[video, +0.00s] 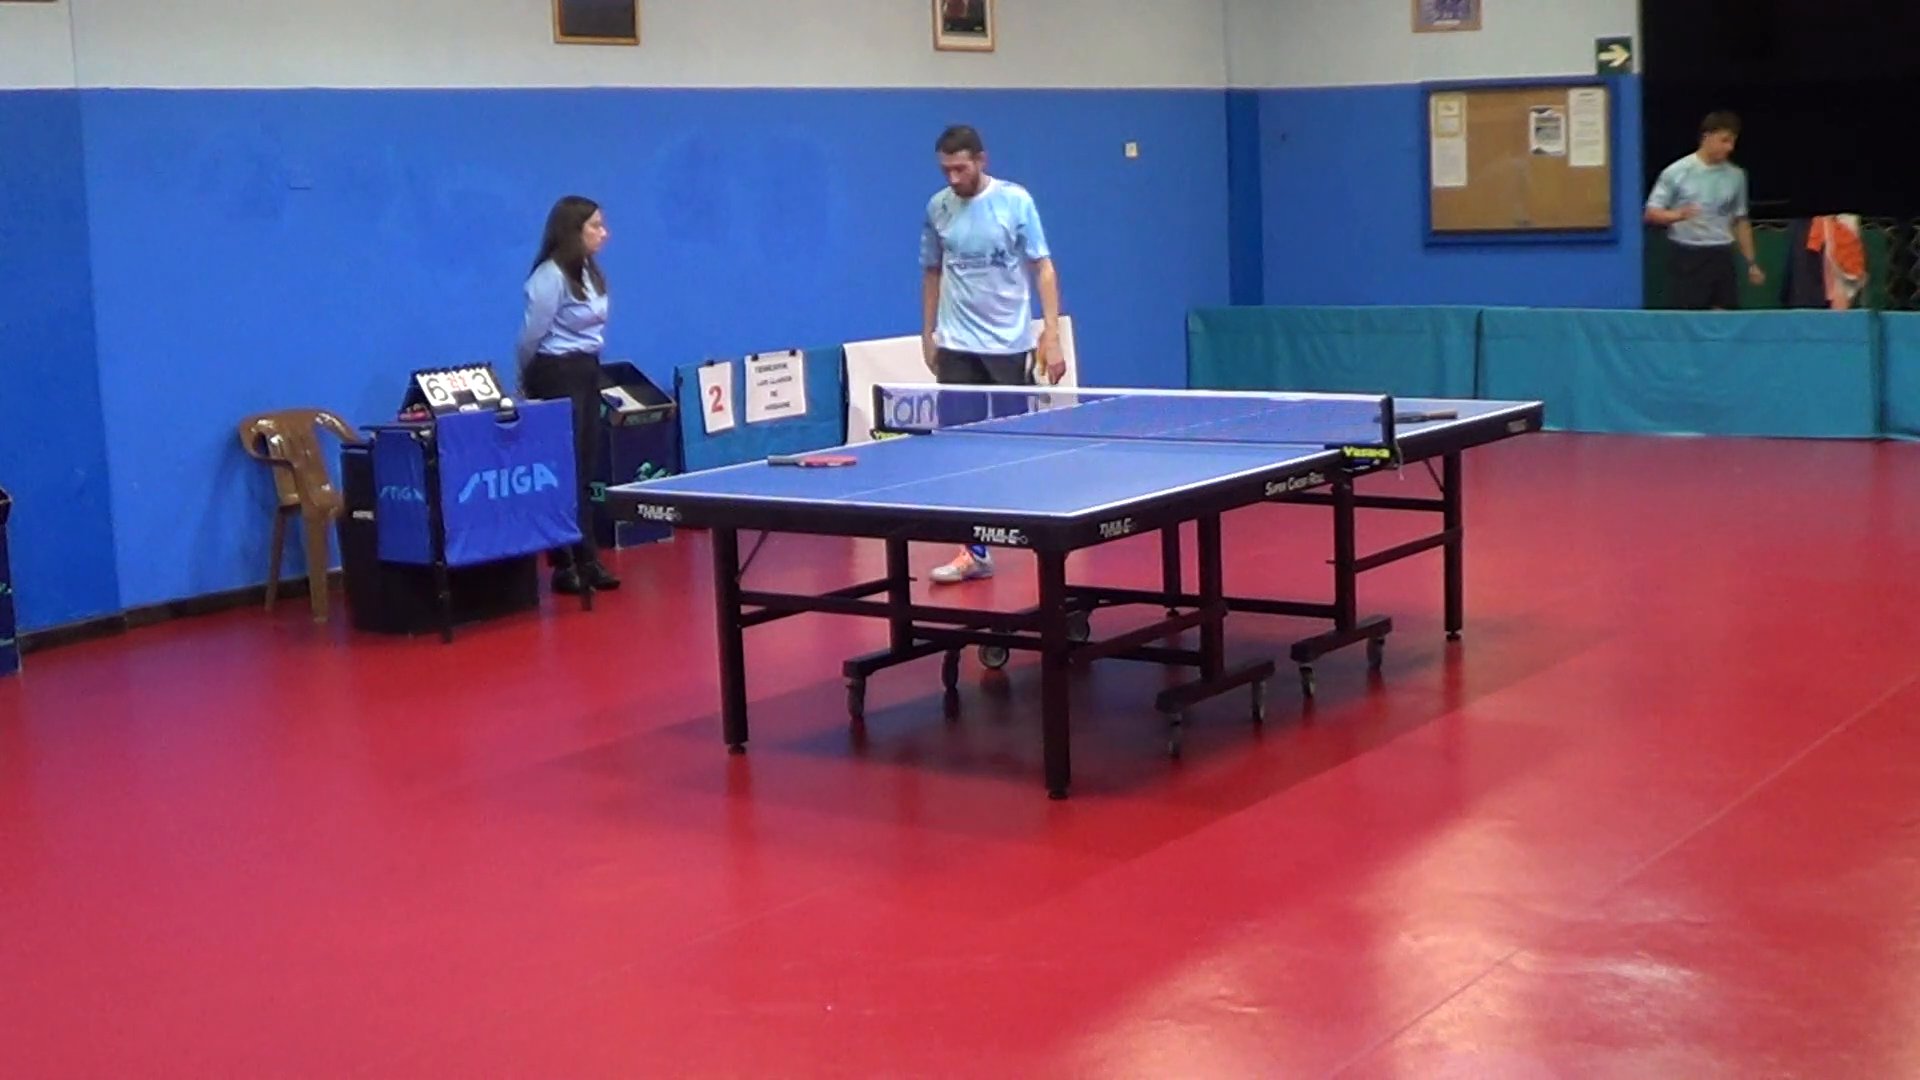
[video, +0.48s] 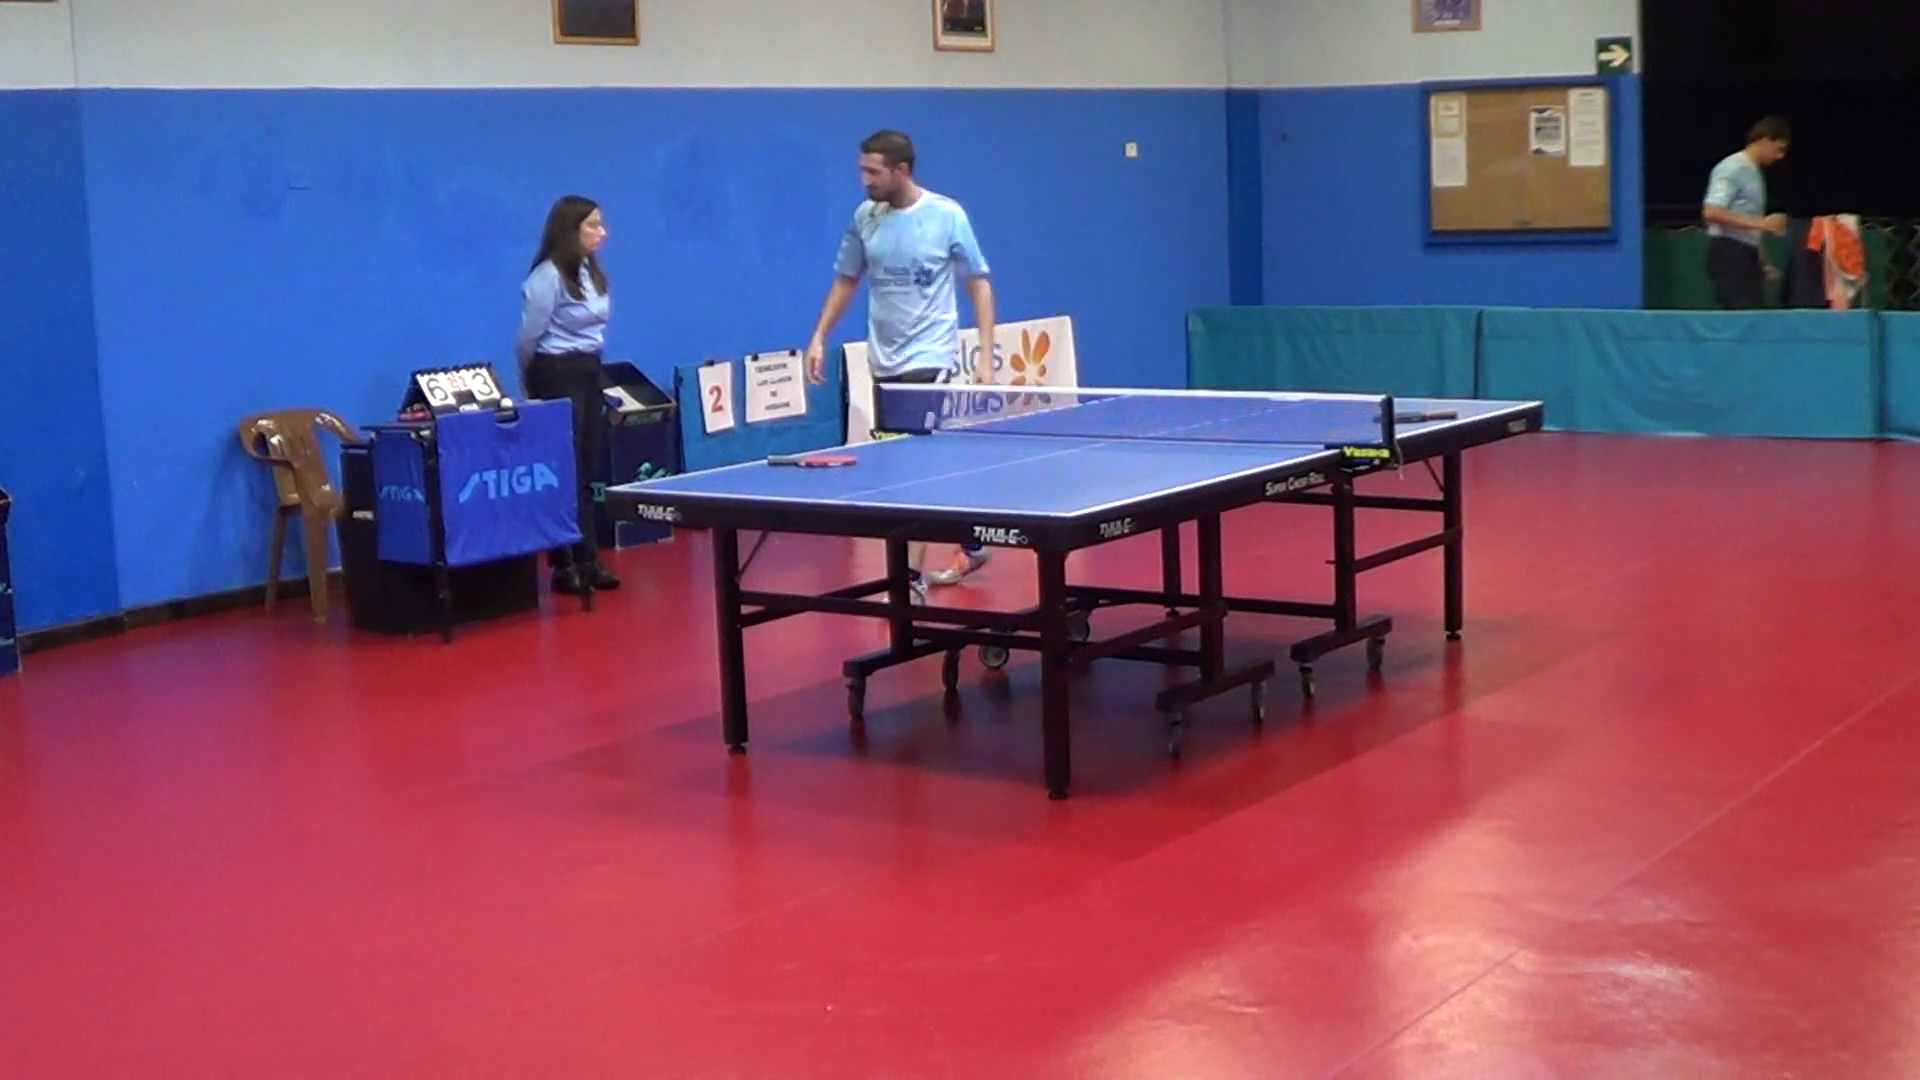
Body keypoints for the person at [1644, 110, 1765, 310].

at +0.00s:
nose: (1730, 147)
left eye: (1733, 142)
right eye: (1725, 140)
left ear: (1735, 143)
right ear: (1706, 137)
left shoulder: (1736, 176)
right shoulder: (1676, 172)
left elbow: (1741, 221)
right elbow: (1651, 213)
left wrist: (1751, 262)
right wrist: (1678, 215)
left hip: (1721, 253)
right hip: (1686, 252)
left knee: (1724, 315)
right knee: (1687, 317)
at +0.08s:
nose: (1742, 150)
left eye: (1744, 145)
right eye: (1737, 143)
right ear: (1719, 139)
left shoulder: (1741, 174)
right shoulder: (1687, 171)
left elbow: (1743, 218)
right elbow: (1659, 213)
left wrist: (1753, 254)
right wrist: (1690, 216)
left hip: (1730, 252)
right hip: (1696, 251)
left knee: (1728, 315)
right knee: (1694, 316)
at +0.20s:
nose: (1756, 154)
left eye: (1759, 148)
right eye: (1753, 147)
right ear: (1735, 141)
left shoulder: (1747, 176)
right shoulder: (1700, 170)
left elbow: (1746, 221)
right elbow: (1672, 214)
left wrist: (1753, 264)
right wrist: (1710, 217)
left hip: (1736, 251)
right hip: (1705, 249)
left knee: (1735, 314)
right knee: (1706, 315)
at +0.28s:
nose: (1763, 154)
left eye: (1766, 148)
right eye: (1761, 146)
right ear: (1744, 139)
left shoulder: (1749, 174)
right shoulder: (1708, 168)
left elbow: (1747, 223)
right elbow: (1682, 212)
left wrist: (1756, 262)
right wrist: (1724, 219)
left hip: (1739, 250)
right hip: (1711, 248)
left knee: (1739, 313)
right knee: (1716, 313)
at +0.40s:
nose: (1773, 155)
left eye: (1775, 150)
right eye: (1771, 148)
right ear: (1755, 139)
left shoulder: (1752, 176)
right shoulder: (1722, 167)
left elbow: (1750, 226)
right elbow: (1699, 212)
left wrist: (1759, 265)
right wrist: (1748, 221)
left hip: (1743, 249)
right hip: (1721, 247)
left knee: (1744, 315)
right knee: (1730, 315)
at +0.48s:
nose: (1780, 156)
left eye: (1783, 151)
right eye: (1779, 149)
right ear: (1764, 140)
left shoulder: (1754, 172)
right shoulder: (1731, 167)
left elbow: (1752, 225)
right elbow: (1712, 211)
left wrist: (1764, 263)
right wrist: (1760, 223)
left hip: (1747, 251)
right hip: (1728, 249)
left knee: (1750, 317)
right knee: (1742, 317)